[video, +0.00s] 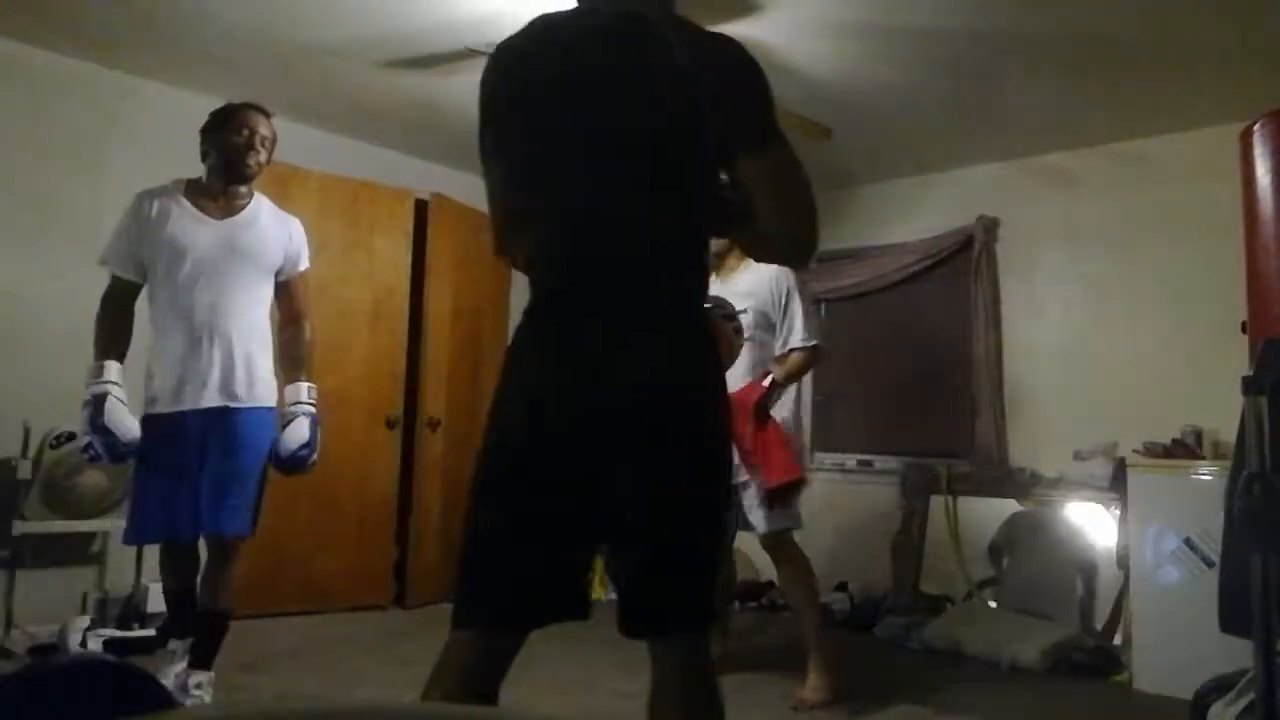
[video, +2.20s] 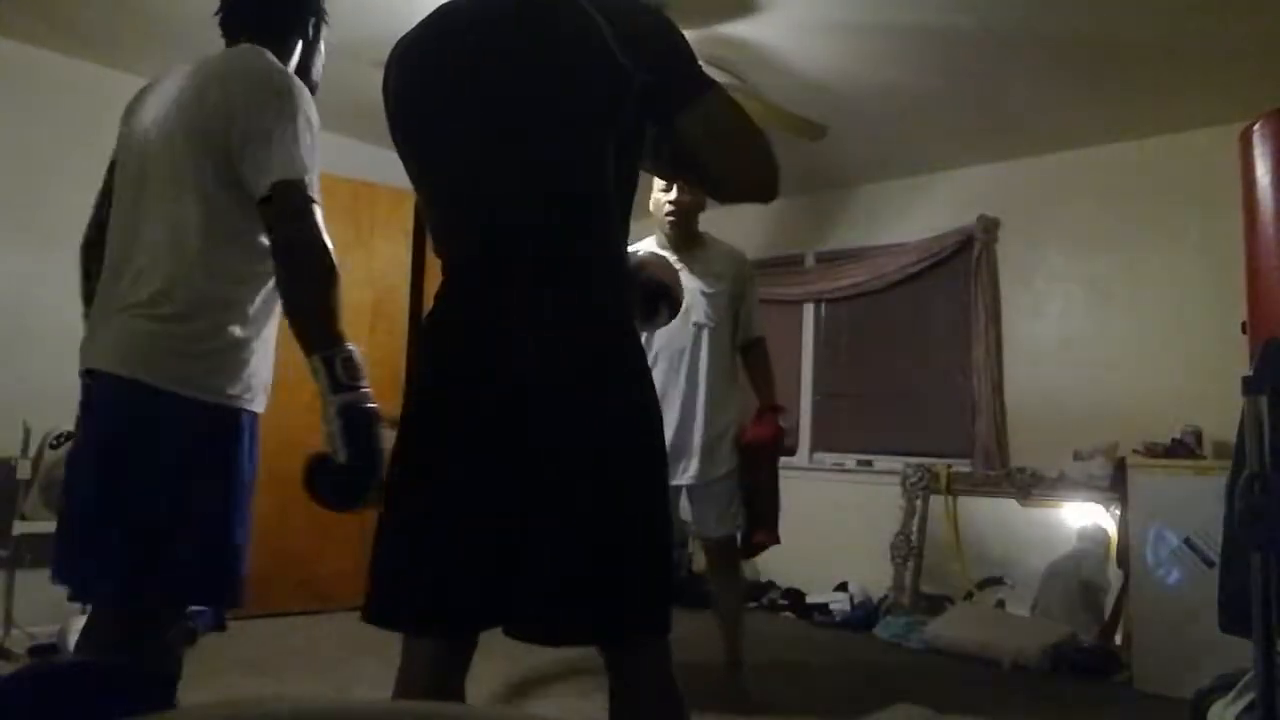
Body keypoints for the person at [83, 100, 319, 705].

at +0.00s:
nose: (255, 147)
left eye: (265, 143)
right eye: (243, 134)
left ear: (270, 158)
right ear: (207, 141)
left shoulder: (283, 230)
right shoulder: (155, 209)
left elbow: (295, 321)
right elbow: (118, 301)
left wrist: (301, 404)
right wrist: (105, 383)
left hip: (247, 403)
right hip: (171, 400)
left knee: (225, 541)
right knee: (175, 536)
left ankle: (200, 674)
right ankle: (186, 645)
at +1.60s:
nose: (317, 70)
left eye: (315, 57)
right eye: (301, 52)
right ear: (244, 53)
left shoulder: (278, 168)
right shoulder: (163, 121)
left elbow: (271, 298)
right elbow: (117, 264)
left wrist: (313, 390)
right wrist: (151, 383)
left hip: (268, 407)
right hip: (189, 404)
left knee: (236, 587)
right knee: (182, 588)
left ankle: (190, 711)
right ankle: (108, 694)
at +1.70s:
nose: (322, 63)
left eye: (317, 47)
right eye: (306, 44)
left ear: (256, 51)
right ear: (256, 47)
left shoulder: (267, 155)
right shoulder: (177, 105)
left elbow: (266, 298)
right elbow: (136, 251)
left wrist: (313, 395)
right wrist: (182, 391)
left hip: (258, 418)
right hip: (193, 414)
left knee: (216, 628)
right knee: (190, 634)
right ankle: (29, 694)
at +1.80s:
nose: (320, 63)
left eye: (317, 48)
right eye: (307, 46)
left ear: (249, 44)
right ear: (263, 44)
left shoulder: (253, 138)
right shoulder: (198, 95)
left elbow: (239, 306)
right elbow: (157, 233)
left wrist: (299, 402)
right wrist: (207, 388)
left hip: (233, 426)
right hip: (190, 422)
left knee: (186, 660)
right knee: (179, 663)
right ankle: (19, 695)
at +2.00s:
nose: (319, 51)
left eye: (317, 31)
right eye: (313, 28)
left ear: (235, 21)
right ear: (287, 24)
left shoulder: (196, 85)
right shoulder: (237, 75)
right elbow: (243, 236)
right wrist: (284, 395)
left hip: (157, 394)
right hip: (184, 400)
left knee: (146, 654)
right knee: (163, 663)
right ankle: (13, 698)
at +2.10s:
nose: (323, 60)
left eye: (324, 40)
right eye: (322, 37)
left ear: (238, 22)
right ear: (296, 29)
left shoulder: (167, 95)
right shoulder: (253, 79)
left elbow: (122, 254)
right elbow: (279, 236)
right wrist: (316, 394)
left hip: (129, 382)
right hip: (187, 395)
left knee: (122, 622)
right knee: (155, 658)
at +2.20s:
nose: (320, 66)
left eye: (321, 48)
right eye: (320, 44)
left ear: (233, 23)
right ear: (303, 33)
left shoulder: (156, 91)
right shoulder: (268, 81)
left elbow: (97, 244)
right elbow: (298, 241)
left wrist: (109, 364)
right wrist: (345, 388)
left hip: (117, 379)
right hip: (193, 389)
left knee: (122, 609)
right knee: (156, 621)